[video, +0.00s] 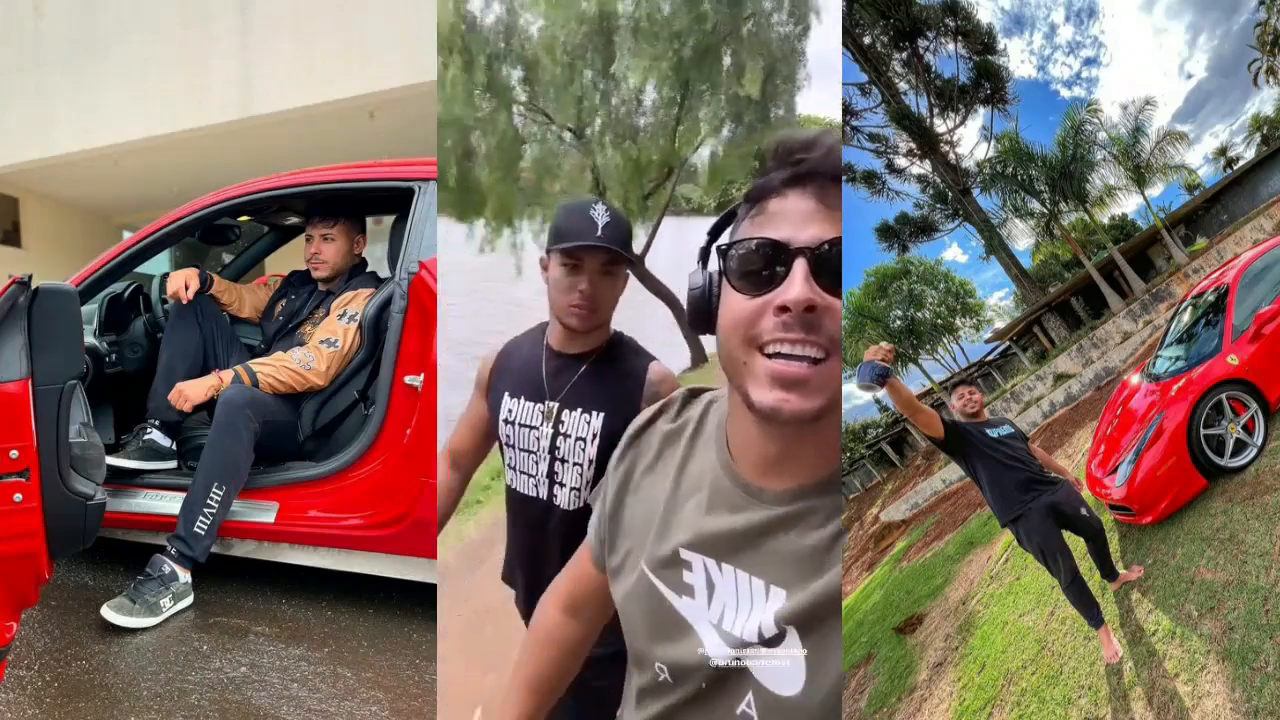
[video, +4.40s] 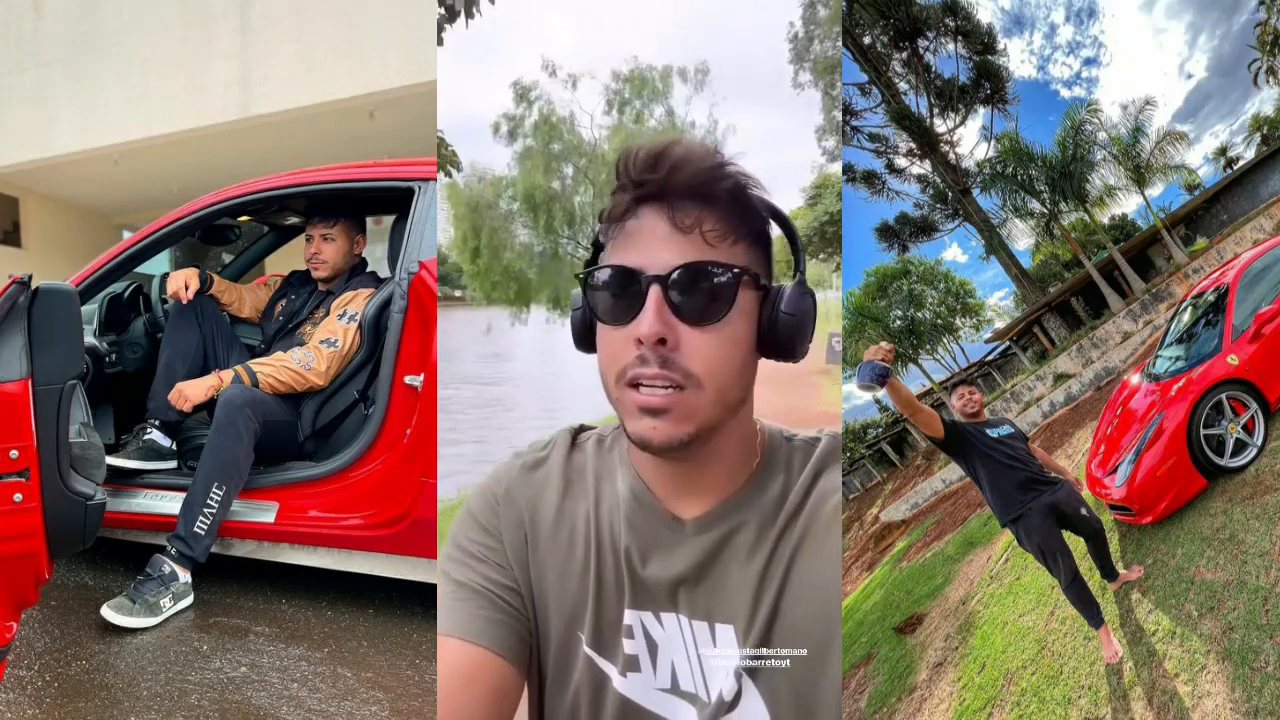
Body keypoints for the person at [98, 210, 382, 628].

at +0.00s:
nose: (315, 249)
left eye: (328, 239)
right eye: (310, 239)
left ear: (358, 245)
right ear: (304, 244)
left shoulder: (361, 297)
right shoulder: (292, 286)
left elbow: (315, 366)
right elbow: (243, 299)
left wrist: (219, 381)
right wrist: (203, 279)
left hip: (315, 411)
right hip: (265, 389)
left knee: (239, 402)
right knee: (196, 303)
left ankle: (177, 568)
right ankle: (161, 433)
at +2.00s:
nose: (314, 250)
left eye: (328, 239)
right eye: (310, 239)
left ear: (358, 245)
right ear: (304, 244)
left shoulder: (362, 297)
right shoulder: (292, 286)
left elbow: (315, 366)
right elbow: (242, 299)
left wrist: (219, 380)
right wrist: (202, 278)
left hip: (316, 410)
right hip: (266, 389)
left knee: (239, 402)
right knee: (196, 303)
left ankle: (177, 568)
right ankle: (161, 433)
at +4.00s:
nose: (315, 249)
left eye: (328, 239)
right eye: (310, 239)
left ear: (358, 245)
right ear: (304, 244)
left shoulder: (361, 297)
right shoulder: (292, 286)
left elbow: (315, 366)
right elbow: (243, 299)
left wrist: (220, 380)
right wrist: (203, 279)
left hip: (315, 410)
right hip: (265, 388)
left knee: (239, 402)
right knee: (196, 303)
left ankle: (177, 568)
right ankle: (161, 433)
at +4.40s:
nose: (314, 250)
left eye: (328, 239)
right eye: (310, 239)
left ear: (358, 245)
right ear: (304, 243)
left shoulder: (361, 297)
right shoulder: (291, 286)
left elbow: (315, 366)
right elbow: (243, 299)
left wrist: (219, 380)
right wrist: (201, 278)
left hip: (317, 411)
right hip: (266, 390)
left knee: (239, 402)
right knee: (196, 303)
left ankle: (177, 568)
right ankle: (161, 433)